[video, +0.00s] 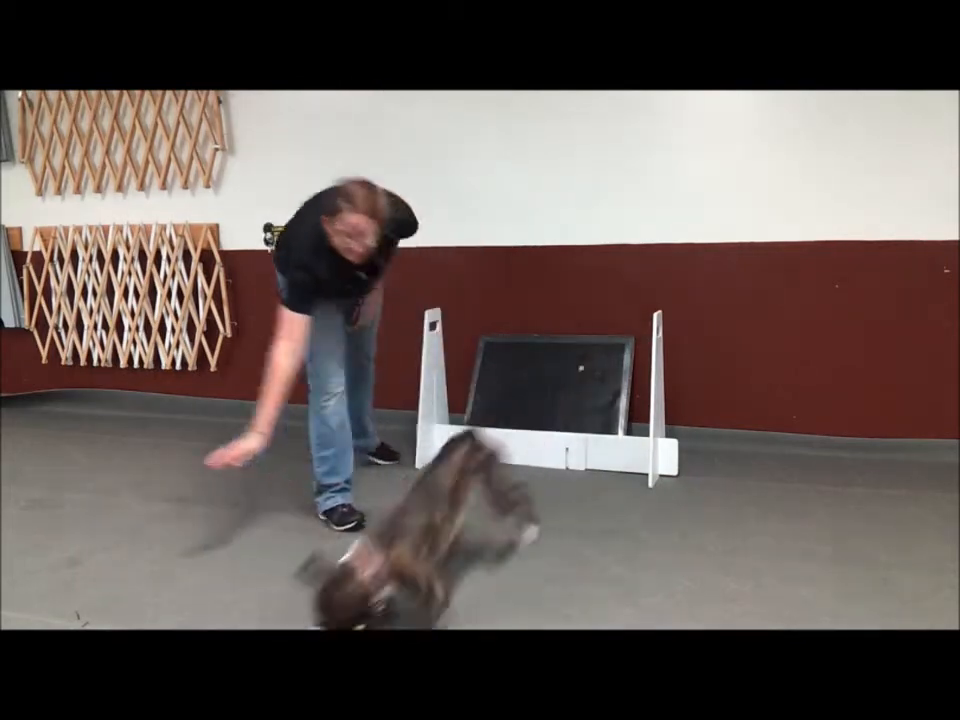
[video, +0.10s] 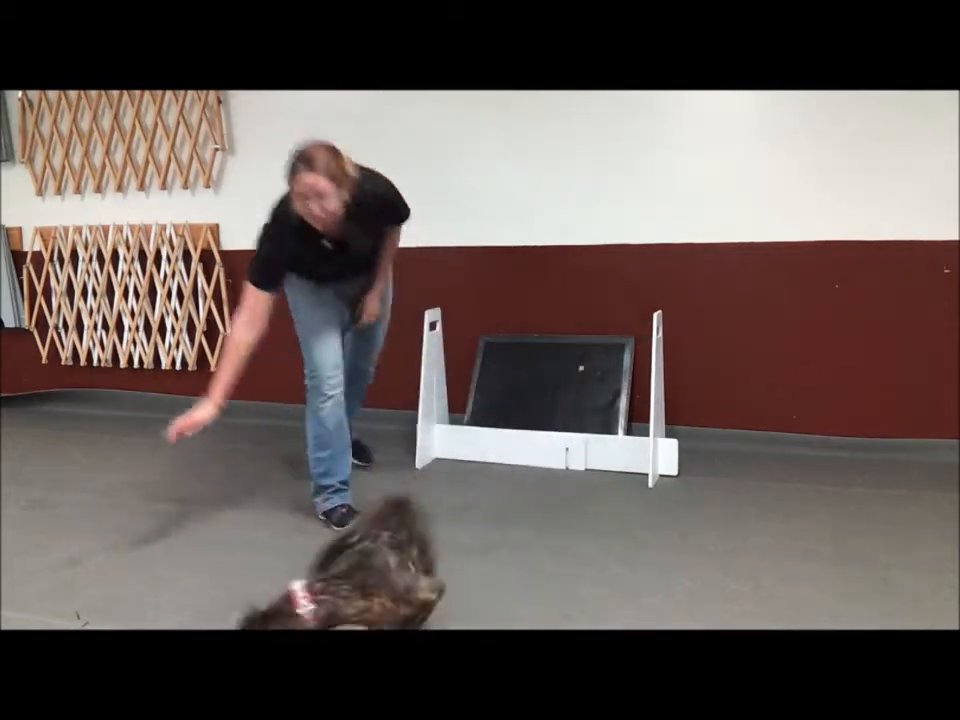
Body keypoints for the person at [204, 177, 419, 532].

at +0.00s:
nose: (358, 247)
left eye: (365, 238)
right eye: (348, 237)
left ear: (380, 230)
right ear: (328, 227)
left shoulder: (398, 220)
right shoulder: (304, 248)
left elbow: (387, 253)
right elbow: (288, 343)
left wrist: (375, 289)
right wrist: (260, 431)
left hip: (364, 287)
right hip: (318, 292)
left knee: (362, 364)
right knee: (330, 387)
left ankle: (363, 440)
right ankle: (334, 496)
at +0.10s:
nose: (314, 208)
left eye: (322, 197)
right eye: (304, 199)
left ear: (343, 186)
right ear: (292, 194)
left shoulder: (376, 195)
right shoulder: (283, 226)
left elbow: (392, 234)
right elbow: (249, 317)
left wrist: (377, 289)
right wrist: (213, 400)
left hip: (368, 277)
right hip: (311, 282)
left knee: (362, 368)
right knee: (328, 381)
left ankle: (339, 433)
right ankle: (333, 495)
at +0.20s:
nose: (285, 166)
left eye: (294, 154)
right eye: (275, 156)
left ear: (320, 151)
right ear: (265, 158)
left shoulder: (357, 166)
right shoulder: (259, 203)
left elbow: (390, 218)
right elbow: (226, 291)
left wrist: (378, 286)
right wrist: (192, 368)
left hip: (369, 268)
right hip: (306, 274)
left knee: (374, 364)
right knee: (325, 380)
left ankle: (334, 415)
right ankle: (332, 491)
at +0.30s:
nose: (270, 128)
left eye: (280, 116)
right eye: (260, 118)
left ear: (306, 115)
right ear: (251, 123)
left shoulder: (344, 142)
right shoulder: (242, 178)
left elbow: (387, 209)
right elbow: (220, 260)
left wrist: (379, 282)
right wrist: (190, 339)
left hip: (367, 262)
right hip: (302, 268)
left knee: (373, 372)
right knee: (323, 380)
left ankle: (338, 418)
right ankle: (334, 497)